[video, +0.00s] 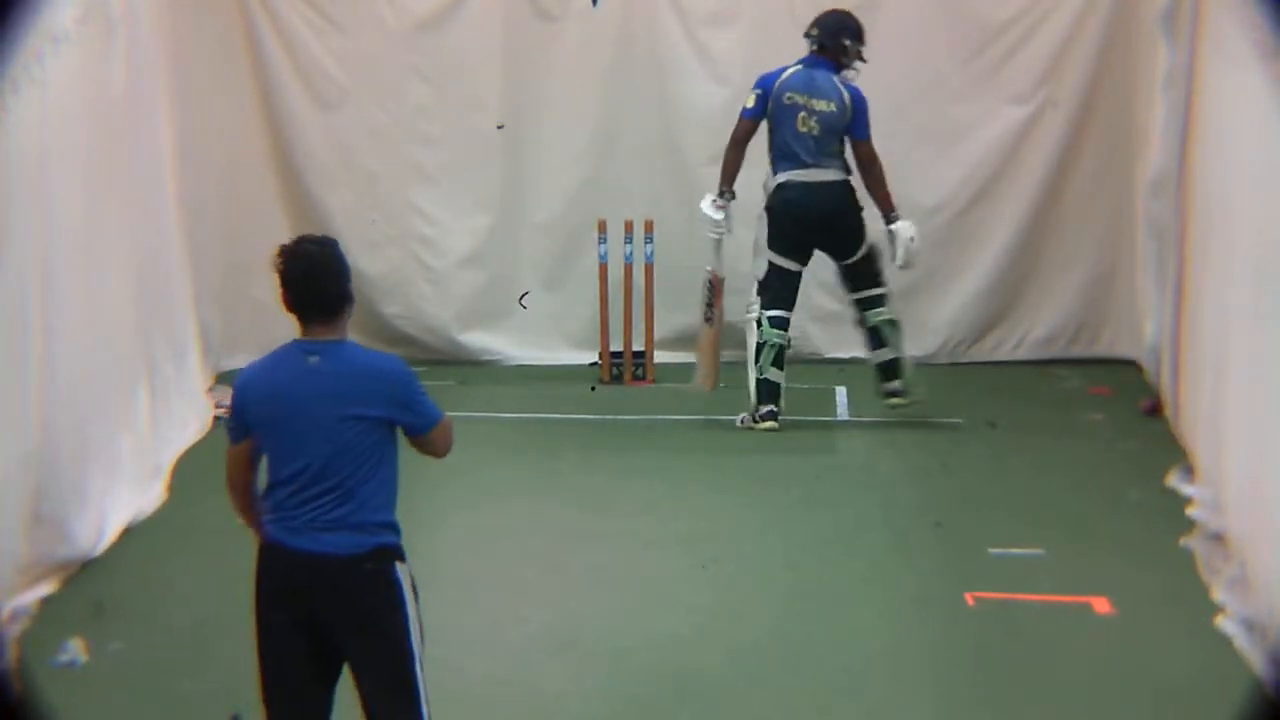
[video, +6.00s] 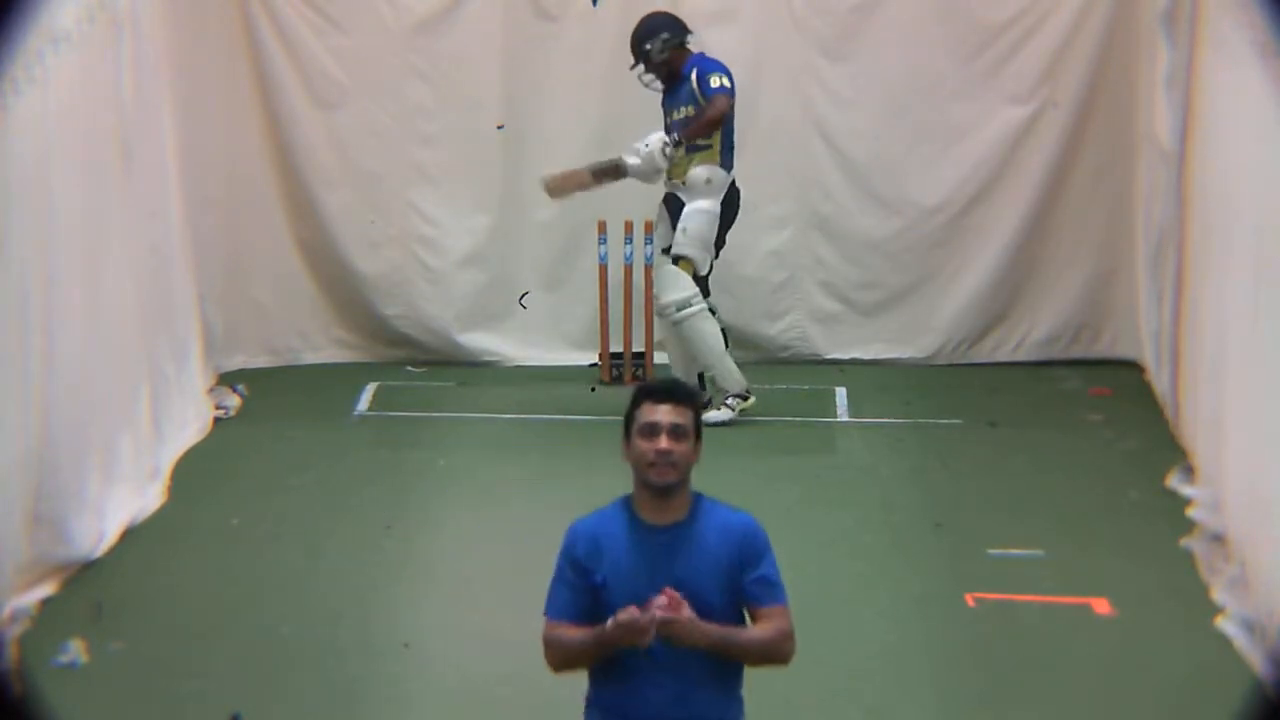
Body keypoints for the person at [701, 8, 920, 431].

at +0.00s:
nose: (857, 59)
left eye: (858, 50)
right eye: (854, 50)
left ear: (815, 43)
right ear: (840, 47)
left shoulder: (772, 82)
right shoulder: (849, 95)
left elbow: (739, 139)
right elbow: (867, 162)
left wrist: (723, 195)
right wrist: (893, 218)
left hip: (788, 205)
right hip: (837, 204)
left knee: (776, 300)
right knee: (866, 286)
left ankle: (766, 406)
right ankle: (891, 380)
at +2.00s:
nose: (1017, 43)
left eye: (1027, 35)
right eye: (1011, 34)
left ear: (1045, 38)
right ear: (1001, 37)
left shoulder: (1074, 81)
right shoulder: (991, 91)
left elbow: (1123, 124)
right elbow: (967, 147)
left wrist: (1123, 184)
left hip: (1072, 198)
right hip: (1024, 198)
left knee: (1051, 298)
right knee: (996, 297)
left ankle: (1062, 411)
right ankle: (1012, 401)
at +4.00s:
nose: (696, 63)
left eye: (699, 55)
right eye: (693, 57)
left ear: (716, 48)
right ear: (710, 57)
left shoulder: (751, 75)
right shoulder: (714, 99)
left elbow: (696, 71)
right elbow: (704, 162)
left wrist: (650, 84)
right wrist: (664, 130)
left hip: (750, 204)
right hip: (719, 205)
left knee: (729, 300)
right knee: (682, 294)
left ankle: (792, 400)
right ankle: (688, 399)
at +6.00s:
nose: (652, 70)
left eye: (653, 61)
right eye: (647, 64)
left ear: (673, 48)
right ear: (662, 54)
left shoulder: (707, 69)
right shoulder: (672, 91)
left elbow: (720, 107)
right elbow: (676, 155)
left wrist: (672, 139)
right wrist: (649, 165)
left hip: (710, 195)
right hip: (678, 197)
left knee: (680, 287)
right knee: (670, 291)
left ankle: (734, 390)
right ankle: (688, 389)